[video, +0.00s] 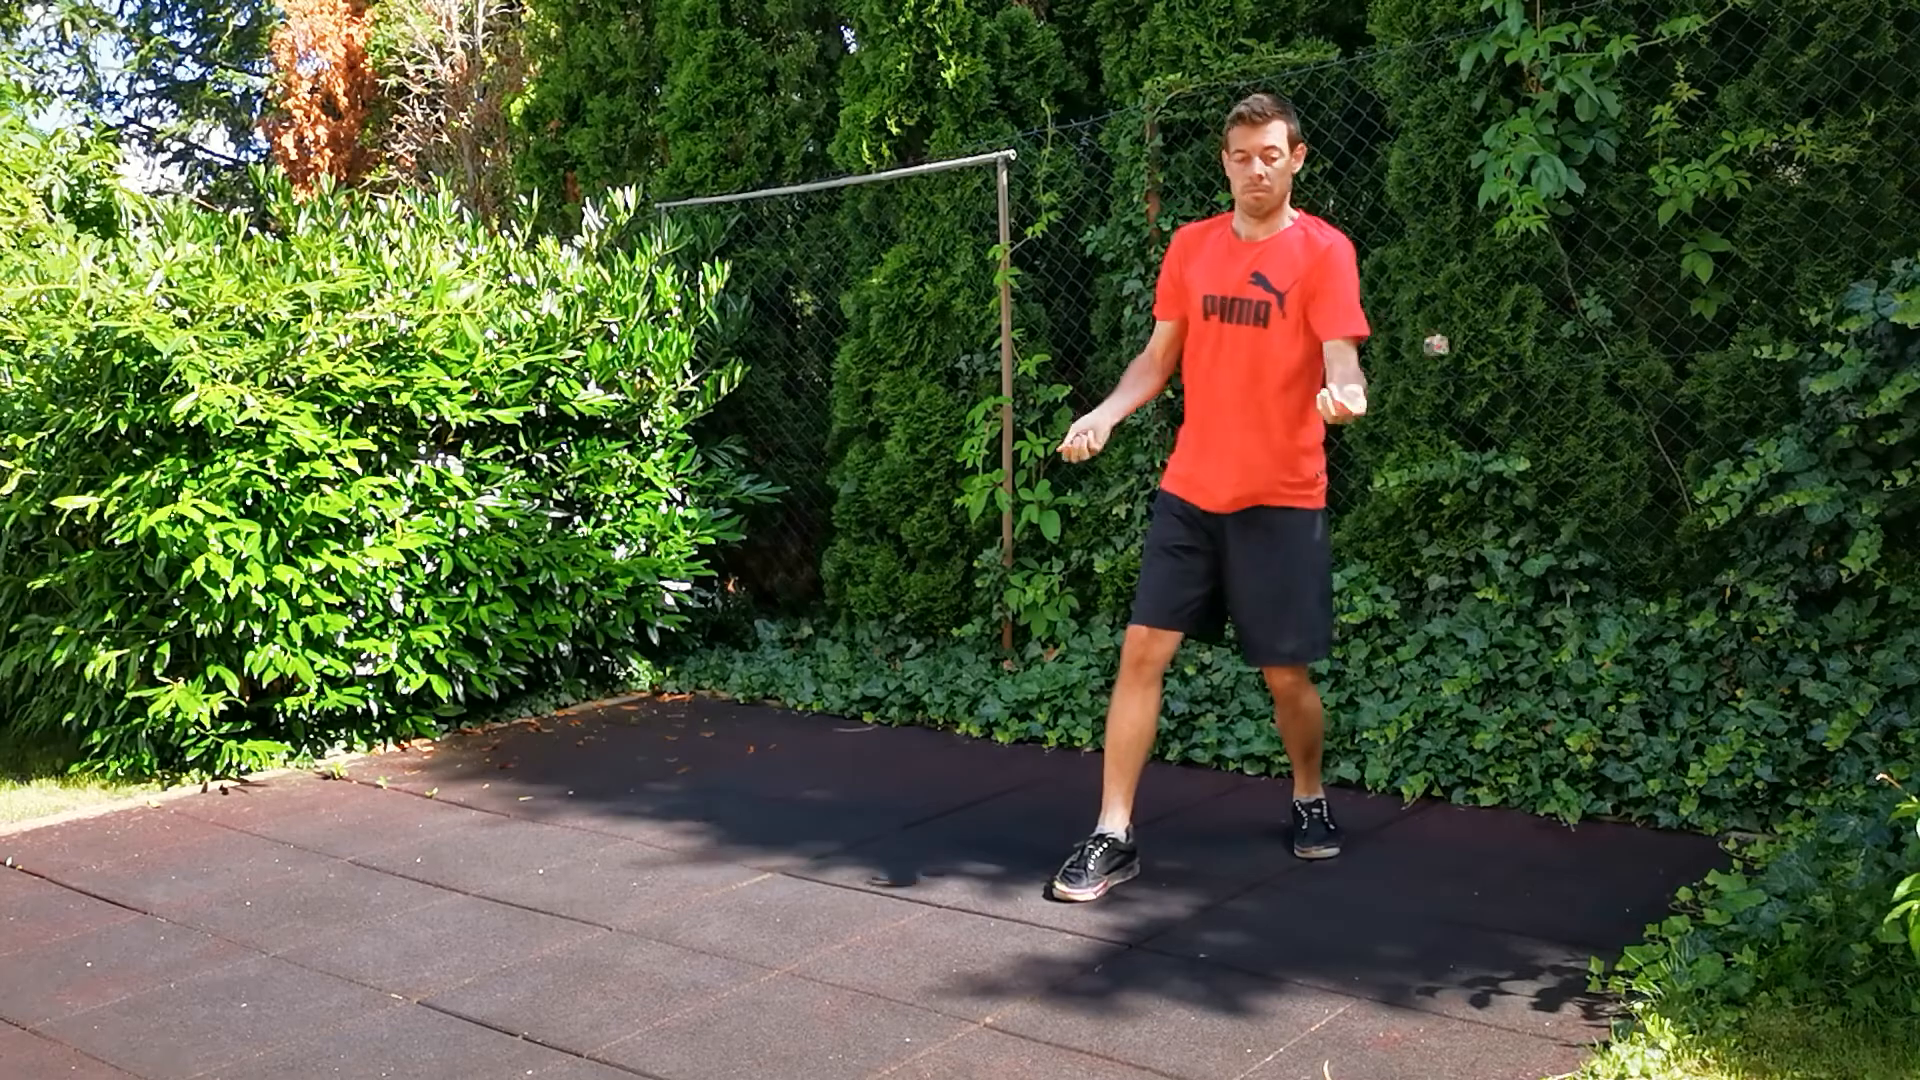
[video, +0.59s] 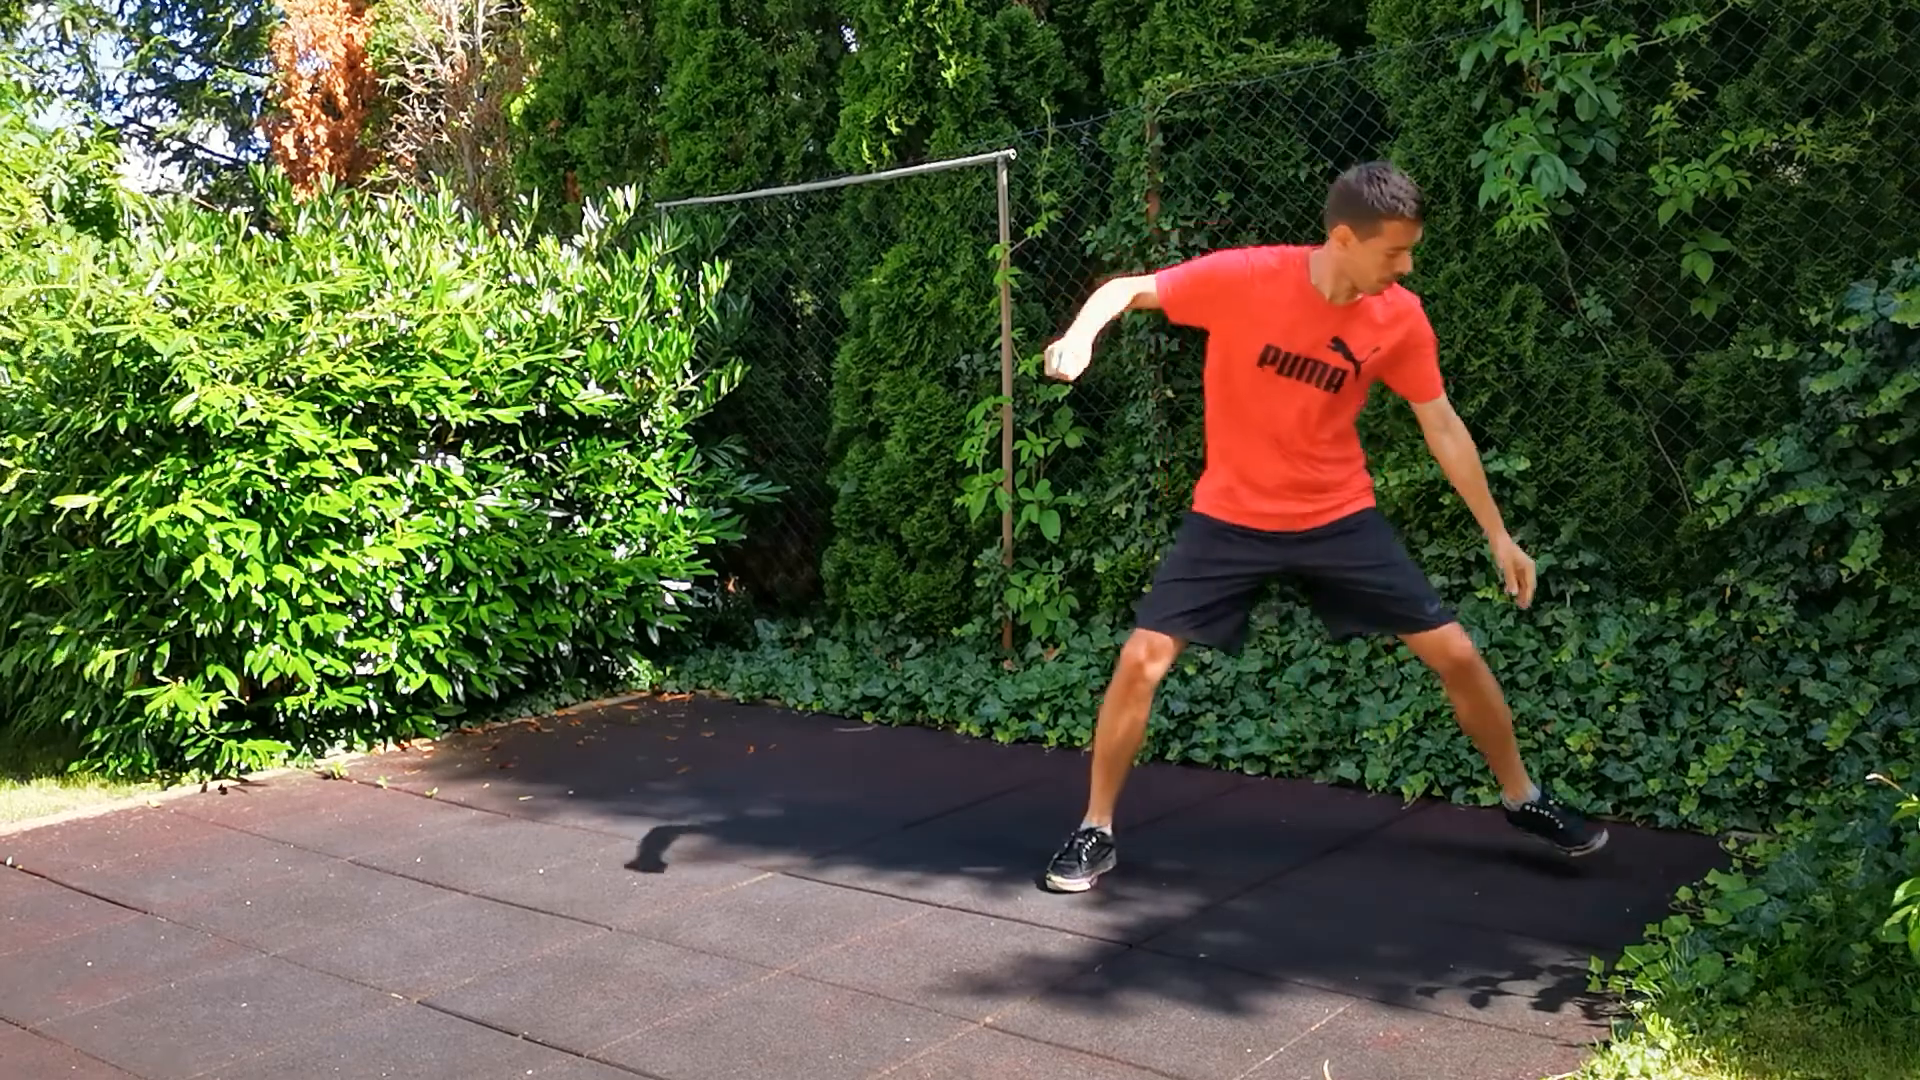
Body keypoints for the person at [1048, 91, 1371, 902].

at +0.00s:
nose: (1255, 170)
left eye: (1268, 156)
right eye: (1242, 157)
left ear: (1296, 159)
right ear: (1224, 163)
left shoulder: (1324, 251)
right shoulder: (1192, 244)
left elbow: (1342, 359)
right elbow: (1157, 358)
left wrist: (1344, 395)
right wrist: (1104, 415)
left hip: (1282, 497)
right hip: (1190, 488)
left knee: (1287, 674)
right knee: (1142, 649)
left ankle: (1309, 800)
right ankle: (1111, 833)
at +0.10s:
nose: (1264, 176)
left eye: (1278, 161)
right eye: (1252, 162)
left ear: (1309, 161)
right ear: (1235, 166)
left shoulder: (1339, 255)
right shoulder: (1194, 242)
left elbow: (1369, 366)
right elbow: (1139, 345)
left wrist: (1396, 380)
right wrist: (1063, 371)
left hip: (1291, 499)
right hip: (1193, 489)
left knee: (1300, 670)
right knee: (1143, 646)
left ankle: (1309, 801)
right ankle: (1111, 833)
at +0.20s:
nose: (1266, 180)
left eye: (1282, 164)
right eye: (1254, 164)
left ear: (1308, 159)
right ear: (1234, 159)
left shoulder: (1345, 248)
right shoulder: (1190, 237)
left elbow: (1400, 350)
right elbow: (1096, 308)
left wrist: (1452, 363)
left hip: (1294, 500)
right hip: (1195, 490)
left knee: (1303, 673)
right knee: (1144, 646)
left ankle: (1310, 804)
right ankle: (1108, 830)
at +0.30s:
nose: (1280, 189)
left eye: (1290, 172)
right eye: (1265, 173)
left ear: (1299, 166)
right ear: (1226, 165)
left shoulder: (1328, 246)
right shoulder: (1175, 237)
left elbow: (1381, 352)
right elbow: (1070, 279)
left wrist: (1426, 430)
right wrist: (1089, 178)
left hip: (1298, 501)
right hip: (1194, 492)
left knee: (1323, 674)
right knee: (1142, 655)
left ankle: (1312, 796)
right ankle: (1096, 827)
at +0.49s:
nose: (1337, 230)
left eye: (1343, 214)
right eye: (1324, 214)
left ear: (1339, 208)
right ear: (1274, 203)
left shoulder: (1349, 288)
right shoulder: (1194, 258)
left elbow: (1382, 401)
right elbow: (1070, 298)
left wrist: (1428, 513)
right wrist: (1122, 295)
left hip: (1318, 510)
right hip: (1208, 511)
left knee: (1416, 654)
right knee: (1134, 657)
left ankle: (1421, 788)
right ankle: (1094, 827)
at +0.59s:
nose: (1405, 266)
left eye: (1410, 251)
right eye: (1396, 250)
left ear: (1378, 243)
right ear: (1341, 237)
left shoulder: (1397, 318)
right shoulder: (1243, 276)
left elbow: (1443, 426)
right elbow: (1124, 291)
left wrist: (1499, 537)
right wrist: (1080, 333)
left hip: (1341, 519)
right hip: (1227, 517)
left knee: (1457, 655)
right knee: (1140, 660)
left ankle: (1523, 799)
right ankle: (1094, 830)